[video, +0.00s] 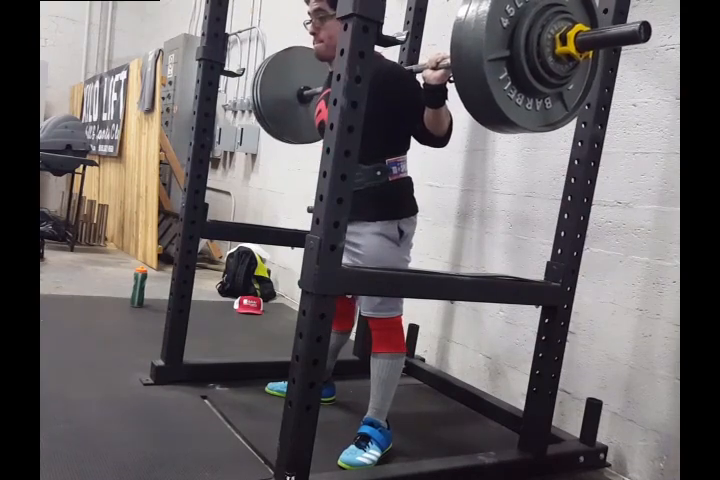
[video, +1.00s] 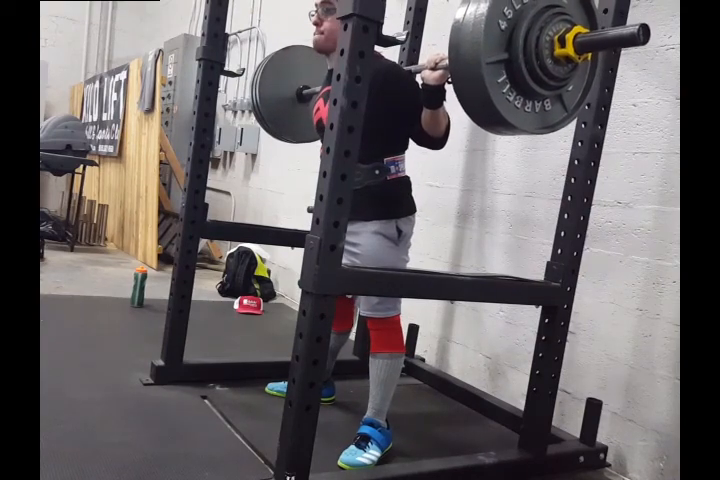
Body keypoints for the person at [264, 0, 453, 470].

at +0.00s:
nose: (312, 32)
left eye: (319, 21)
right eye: (310, 23)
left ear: (349, 22)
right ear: (331, 27)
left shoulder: (391, 78)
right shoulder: (333, 80)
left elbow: (438, 136)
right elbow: (325, 126)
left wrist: (435, 88)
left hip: (382, 217)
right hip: (335, 213)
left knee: (382, 312)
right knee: (332, 302)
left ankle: (376, 424)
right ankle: (318, 380)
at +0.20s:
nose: (311, 34)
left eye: (318, 23)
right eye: (309, 25)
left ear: (349, 22)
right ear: (330, 27)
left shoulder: (390, 78)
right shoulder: (333, 80)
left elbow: (438, 135)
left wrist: (434, 87)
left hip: (382, 217)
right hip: (335, 214)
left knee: (382, 313)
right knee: (331, 302)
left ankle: (376, 424)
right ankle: (318, 380)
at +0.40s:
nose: (310, 33)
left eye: (317, 22)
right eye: (308, 24)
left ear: (348, 21)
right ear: (329, 27)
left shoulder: (391, 78)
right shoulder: (333, 80)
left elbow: (438, 135)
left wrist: (434, 88)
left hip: (383, 218)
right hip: (335, 214)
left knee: (381, 313)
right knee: (331, 302)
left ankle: (376, 424)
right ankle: (318, 380)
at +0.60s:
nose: (310, 31)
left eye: (318, 20)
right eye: (309, 22)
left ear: (348, 20)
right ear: (330, 26)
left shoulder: (390, 77)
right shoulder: (333, 79)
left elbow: (436, 136)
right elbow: (327, 129)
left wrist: (434, 88)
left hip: (382, 217)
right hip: (335, 213)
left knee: (381, 312)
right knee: (331, 302)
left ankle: (376, 423)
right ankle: (318, 379)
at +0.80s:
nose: (315, 25)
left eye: (323, 17)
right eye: (315, 17)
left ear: (352, 23)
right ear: (332, 26)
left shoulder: (389, 77)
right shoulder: (333, 77)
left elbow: (434, 138)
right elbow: (327, 131)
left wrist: (433, 89)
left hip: (380, 213)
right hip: (334, 209)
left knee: (379, 312)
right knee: (330, 300)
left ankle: (376, 424)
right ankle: (318, 379)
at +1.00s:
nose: (314, 24)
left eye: (323, 16)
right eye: (314, 16)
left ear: (352, 23)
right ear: (331, 26)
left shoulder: (388, 77)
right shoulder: (333, 77)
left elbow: (434, 138)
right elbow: (329, 134)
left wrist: (433, 88)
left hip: (381, 214)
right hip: (335, 210)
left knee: (379, 311)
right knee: (330, 300)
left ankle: (376, 424)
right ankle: (318, 379)